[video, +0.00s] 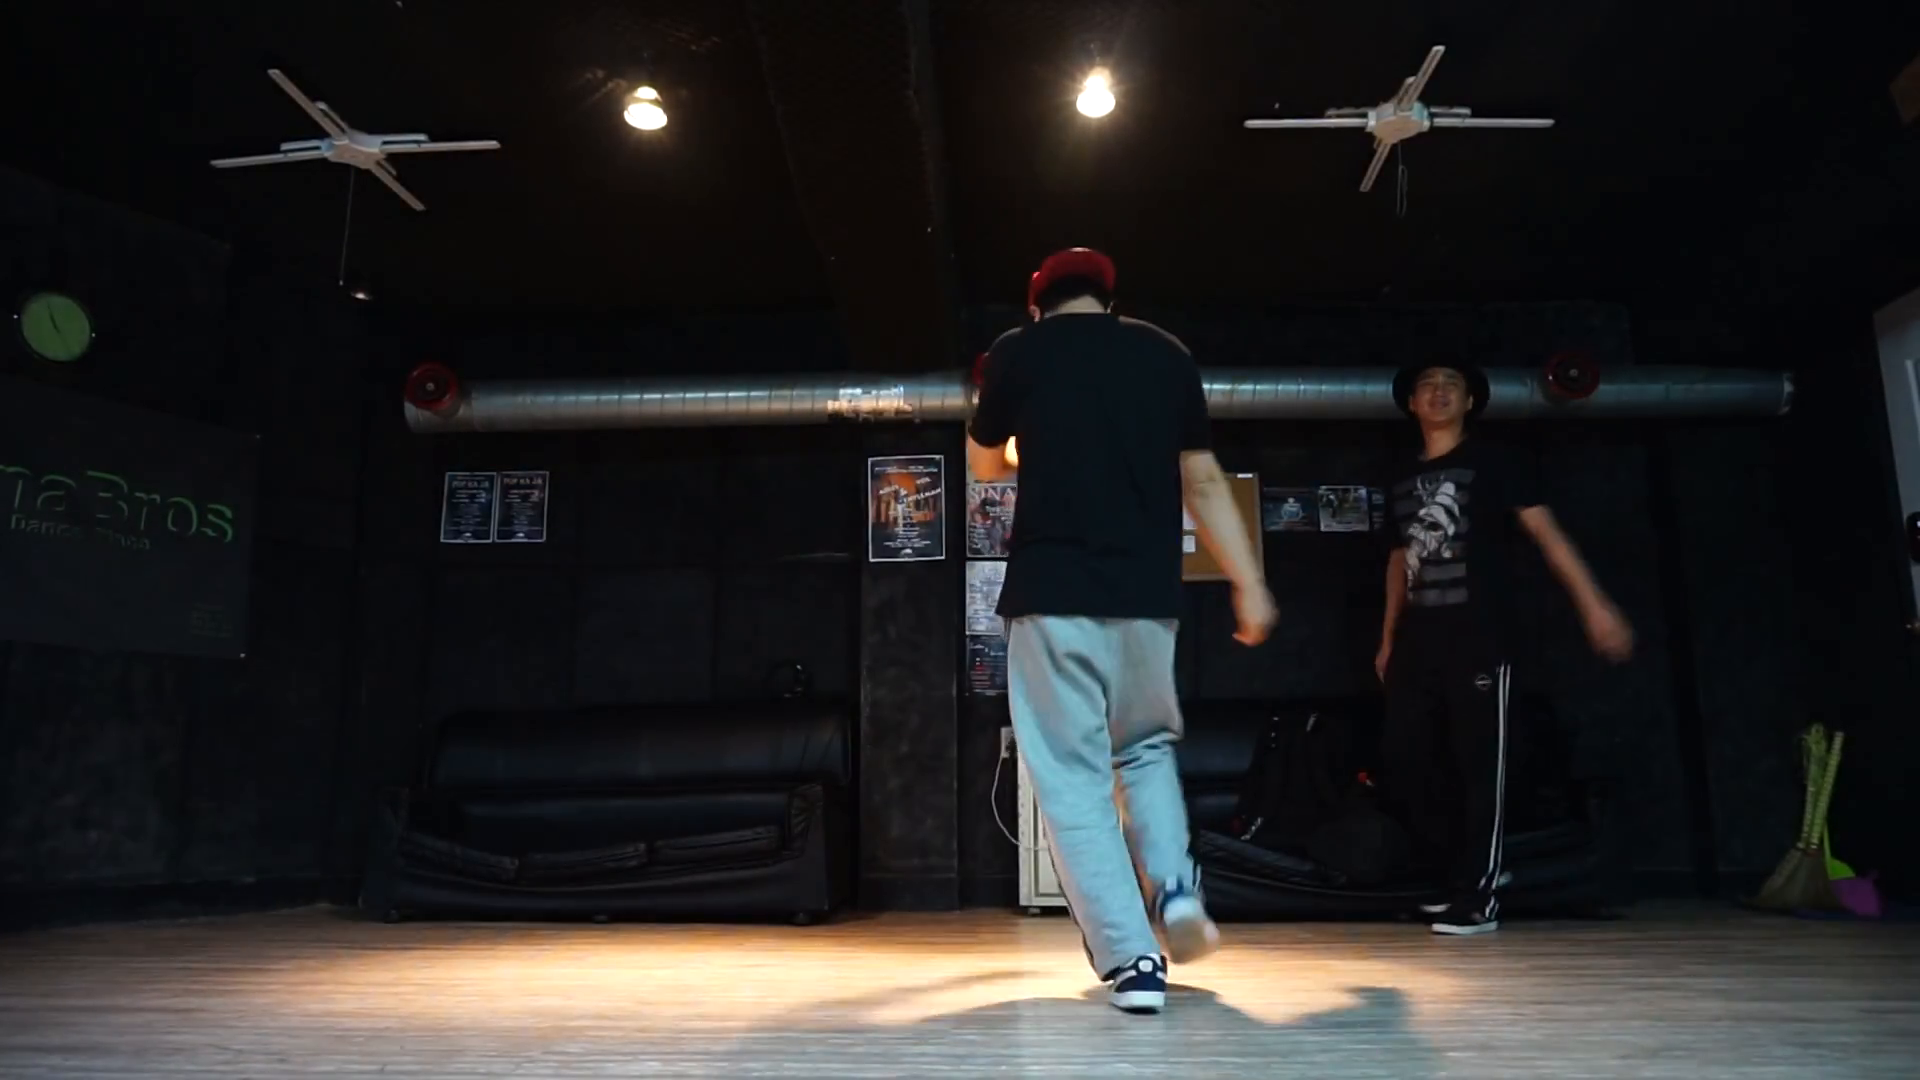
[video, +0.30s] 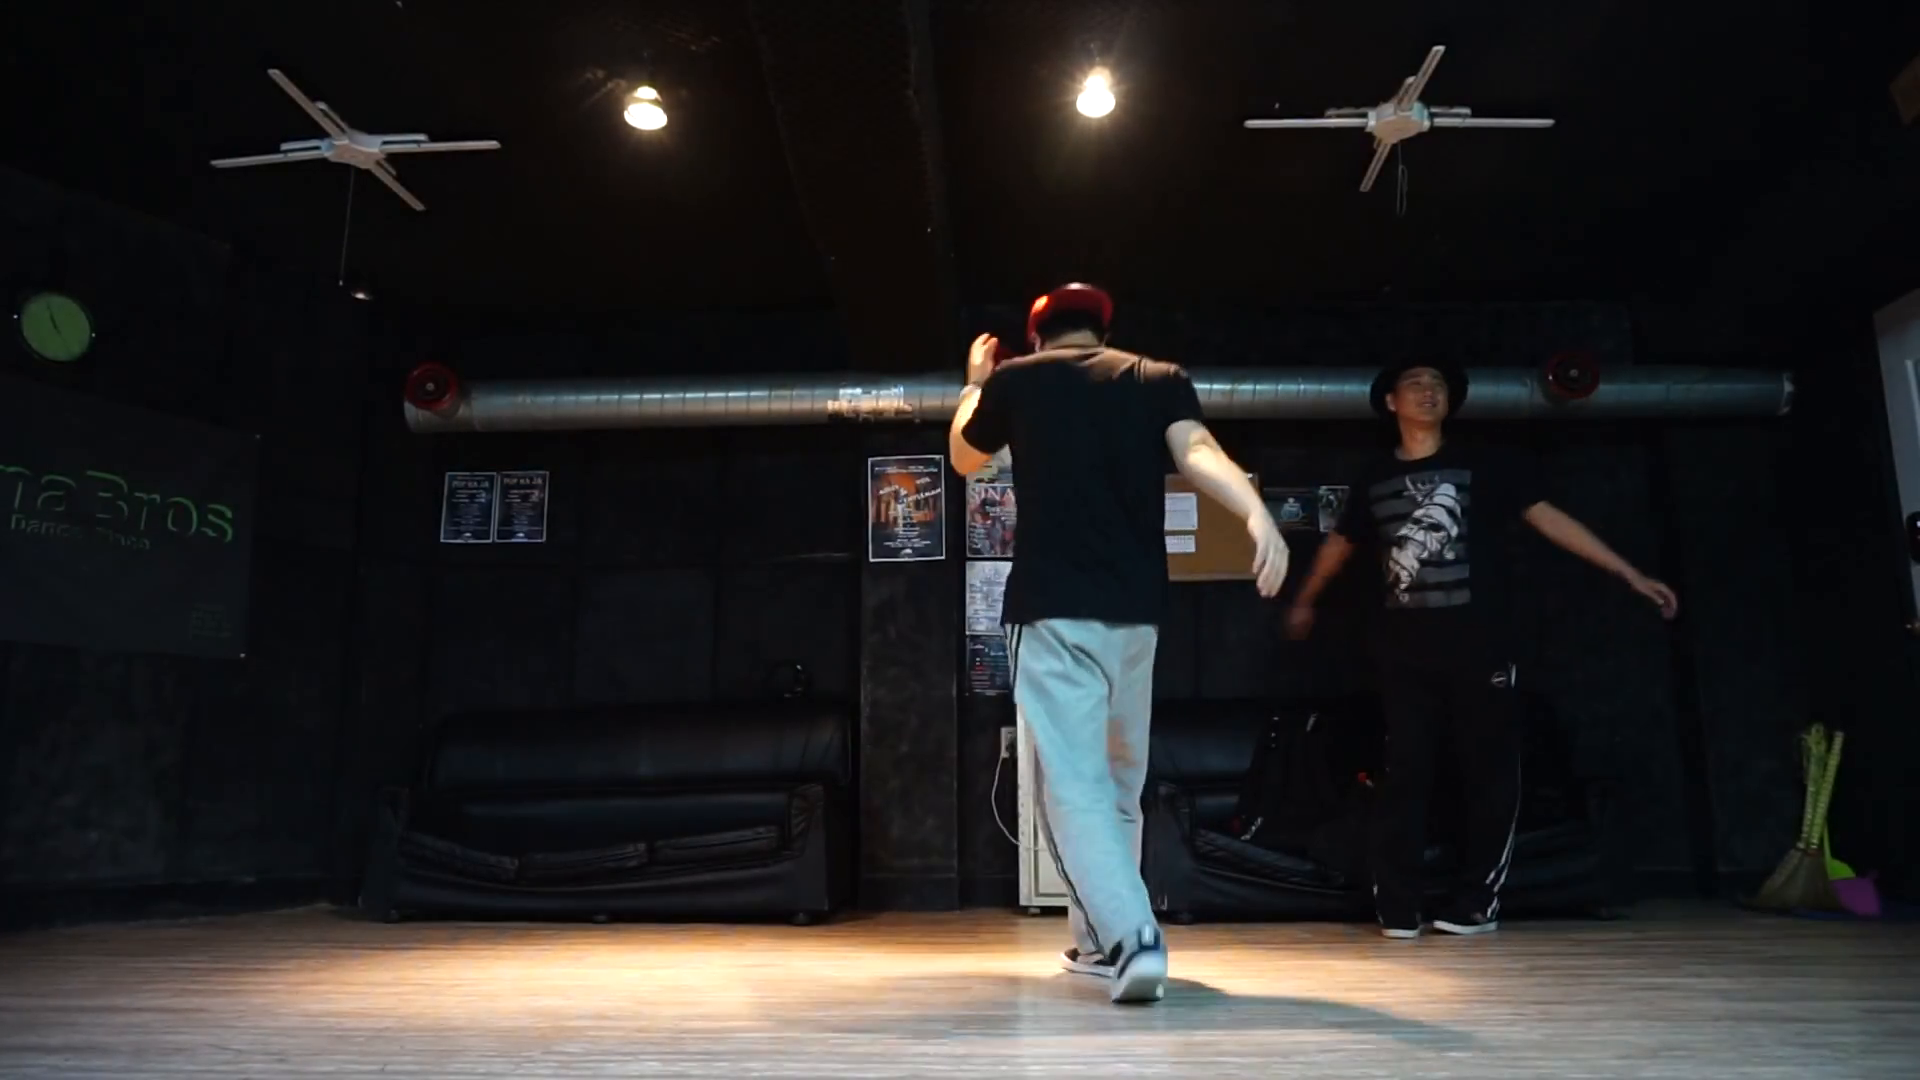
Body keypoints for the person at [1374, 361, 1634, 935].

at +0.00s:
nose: (1438, 393)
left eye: (1450, 385)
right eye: (1427, 385)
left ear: (1470, 401)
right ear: (1410, 402)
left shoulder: (1496, 463)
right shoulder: (1405, 480)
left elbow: (1548, 534)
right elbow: (1399, 564)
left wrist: (1595, 608)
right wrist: (1389, 639)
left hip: (1481, 639)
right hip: (1420, 644)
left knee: (1480, 770)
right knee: (1422, 764)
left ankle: (1478, 900)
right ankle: (1452, 883)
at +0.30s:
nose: (1425, 393)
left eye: (1435, 385)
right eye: (1413, 386)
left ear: (1450, 401)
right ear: (1391, 404)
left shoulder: (1483, 468)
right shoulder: (1372, 480)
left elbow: (1551, 522)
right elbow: (1338, 545)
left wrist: (1631, 574)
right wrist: (1305, 598)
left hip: (1477, 643)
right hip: (1403, 646)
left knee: (1488, 770)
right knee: (1405, 769)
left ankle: (1478, 903)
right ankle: (1398, 902)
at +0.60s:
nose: (1421, 388)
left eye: (1428, 382)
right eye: (1407, 380)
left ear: (1438, 400)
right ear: (1381, 400)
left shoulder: (1468, 467)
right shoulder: (1358, 473)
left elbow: (1526, 527)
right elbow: (1301, 527)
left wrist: (1596, 583)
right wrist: (1253, 538)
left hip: (1463, 640)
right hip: (1392, 642)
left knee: (1476, 768)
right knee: (1394, 769)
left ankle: (1462, 891)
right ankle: (1399, 902)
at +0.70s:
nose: (1430, 387)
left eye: (1436, 380)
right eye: (1416, 379)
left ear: (1446, 398)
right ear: (1388, 396)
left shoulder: (1467, 464)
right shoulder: (1367, 467)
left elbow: (1517, 518)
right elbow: (1347, 528)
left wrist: (1578, 557)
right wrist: (1334, 514)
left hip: (1466, 636)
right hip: (1397, 639)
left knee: (1483, 758)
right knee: (1397, 766)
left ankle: (1464, 892)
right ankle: (1396, 901)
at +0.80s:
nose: (1440, 386)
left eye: (1447, 380)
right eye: (1426, 379)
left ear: (1455, 398)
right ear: (1398, 395)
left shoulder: (1468, 465)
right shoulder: (1376, 459)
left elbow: (1506, 517)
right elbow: (1389, 524)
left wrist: (1551, 534)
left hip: (1472, 634)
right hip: (1405, 636)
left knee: (1489, 760)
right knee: (1404, 767)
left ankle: (1485, 904)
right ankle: (1398, 903)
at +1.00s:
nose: (1471, 382)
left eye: (1475, 375)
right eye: (1456, 374)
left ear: (1482, 393)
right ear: (1426, 392)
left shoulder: (1493, 467)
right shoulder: (1410, 456)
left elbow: (1529, 537)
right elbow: (1441, 527)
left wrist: (1574, 597)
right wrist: (1521, 575)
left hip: (1492, 630)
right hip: (1431, 631)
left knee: (1502, 765)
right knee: (1421, 767)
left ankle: (1499, 910)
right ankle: (1397, 903)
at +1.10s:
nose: (1488, 378)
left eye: (1491, 372)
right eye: (1473, 371)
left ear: (1497, 390)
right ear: (1442, 392)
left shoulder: (1510, 470)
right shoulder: (1431, 452)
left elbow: (1541, 549)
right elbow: (1434, 530)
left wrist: (1574, 626)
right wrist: (1488, 602)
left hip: (1504, 629)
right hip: (1446, 627)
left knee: (1509, 763)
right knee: (1441, 761)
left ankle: (1500, 910)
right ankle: (1399, 897)